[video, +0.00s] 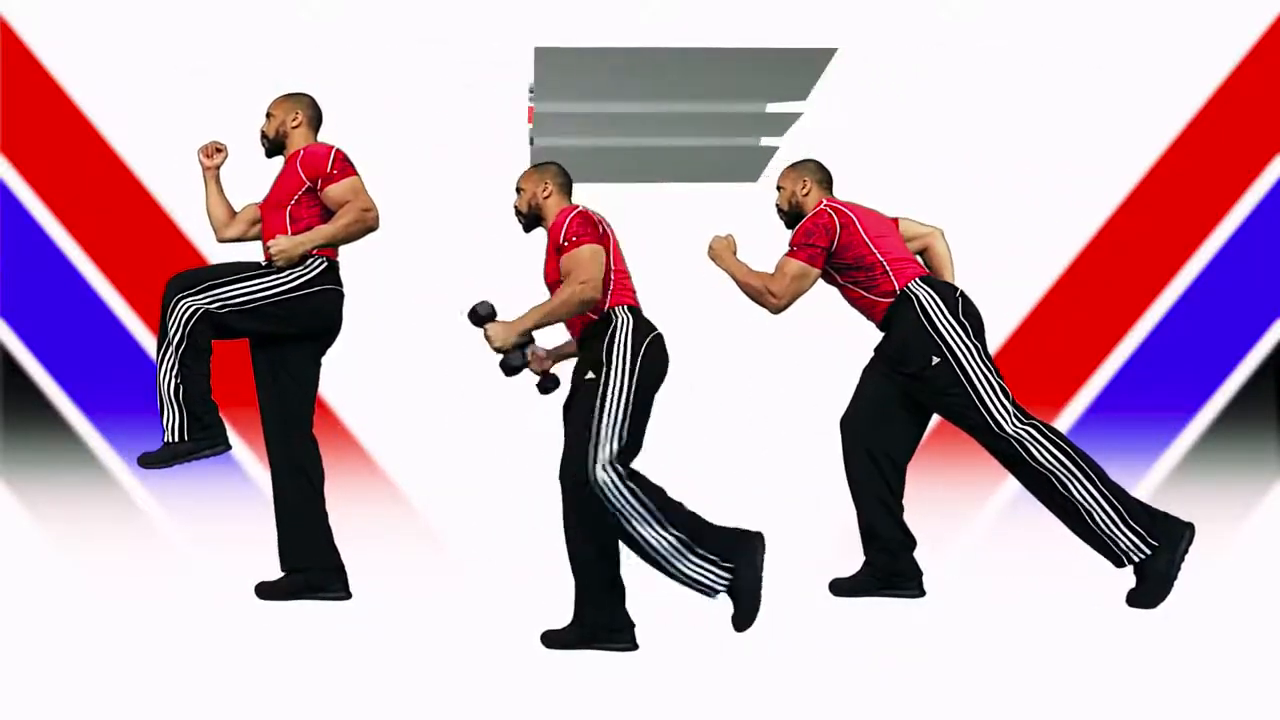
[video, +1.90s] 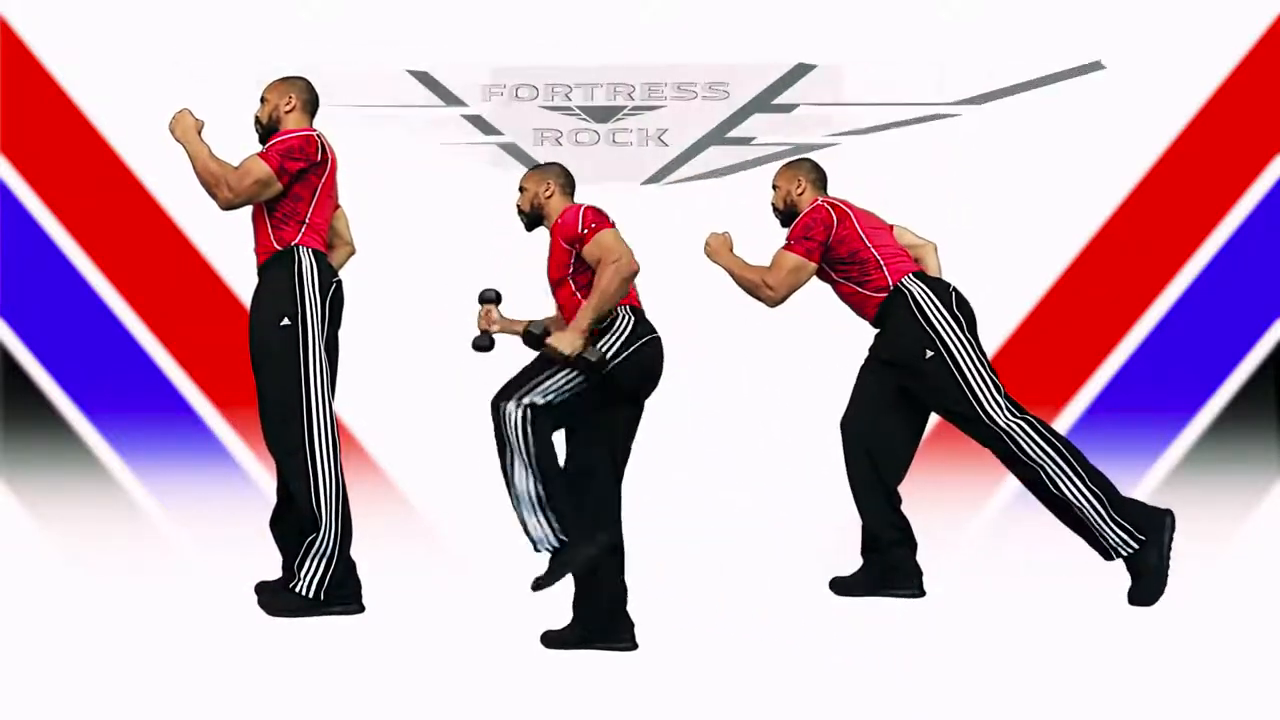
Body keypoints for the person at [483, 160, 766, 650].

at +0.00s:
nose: (517, 202)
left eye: (521, 192)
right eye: (516, 194)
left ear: (546, 188)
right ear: (549, 190)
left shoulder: (575, 220)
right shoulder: (559, 241)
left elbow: (587, 287)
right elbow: (595, 326)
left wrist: (517, 325)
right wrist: (551, 355)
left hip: (622, 341)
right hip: (598, 355)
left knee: (601, 470)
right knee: (577, 480)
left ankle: (733, 558)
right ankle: (602, 619)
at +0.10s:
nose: (505, 211)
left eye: (510, 201)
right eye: (506, 202)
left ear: (534, 196)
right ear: (541, 200)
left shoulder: (562, 226)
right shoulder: (567, 239)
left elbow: (557, 297)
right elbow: (608, 321)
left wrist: (484, 311)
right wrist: (588, 372)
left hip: (626, 345)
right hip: (605, 361)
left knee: (664, 478)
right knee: (581, 493)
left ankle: (808, 562)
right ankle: (602, 621)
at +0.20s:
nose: (497, 218)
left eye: (502, 208)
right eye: (497, 211)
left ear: (527, 204)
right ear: (531, 208)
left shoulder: (553, 234)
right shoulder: (561, 245)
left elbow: (528, 307)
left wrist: (462, 296)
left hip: (634, 348)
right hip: (609, 367)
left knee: (698, 472)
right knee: (584, 491)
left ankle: (836, 580)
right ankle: (601, 622)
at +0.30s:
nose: (494, 229)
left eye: (500, 218)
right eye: (494, 222)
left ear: (525, 213)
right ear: (531, 221)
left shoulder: (548, 245)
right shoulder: (568, 251)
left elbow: (514, 316)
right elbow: (641, 299)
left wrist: (455, 287)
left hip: (641, 353)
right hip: (618, 369)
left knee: (713, 471)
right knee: (585, 487)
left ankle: (848, 588)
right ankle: (602, 621)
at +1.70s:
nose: (498, 224)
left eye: (503, 214)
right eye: (497, 216)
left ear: (527, 210)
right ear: (529, 214)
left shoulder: (559, 237)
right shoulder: (548, 258)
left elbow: (565, 303)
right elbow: (595, 327)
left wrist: (494, 324)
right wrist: (587, 380)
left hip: (630, 351)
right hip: (605, 369)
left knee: (647, 486)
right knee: (580, 488)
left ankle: (791, 571)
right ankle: (600, 620)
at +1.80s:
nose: (508, 213)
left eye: (513, 203)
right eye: (508, 205)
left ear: (539, 200)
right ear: (541, 201)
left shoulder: (568, 227)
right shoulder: (559, 255)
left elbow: (593, 283)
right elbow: (589, 336)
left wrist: (528, 332)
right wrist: (543, 359)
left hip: (627, 345)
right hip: (607, 357)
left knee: (571, 460)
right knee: (577, 479)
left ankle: (686, 557)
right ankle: (601, 619)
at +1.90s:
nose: (517, 201)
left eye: (523, 191)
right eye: (519, 193)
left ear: (547, 189)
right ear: (548, 191)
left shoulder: (575, 215)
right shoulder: (565, 245)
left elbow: (621, 263)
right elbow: (572, 325)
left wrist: (579, 327)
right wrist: (506, 325)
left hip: (617, 335)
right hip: (618, 352)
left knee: (514, 406)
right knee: (592, 484)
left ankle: (554, 541)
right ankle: (603, 620)